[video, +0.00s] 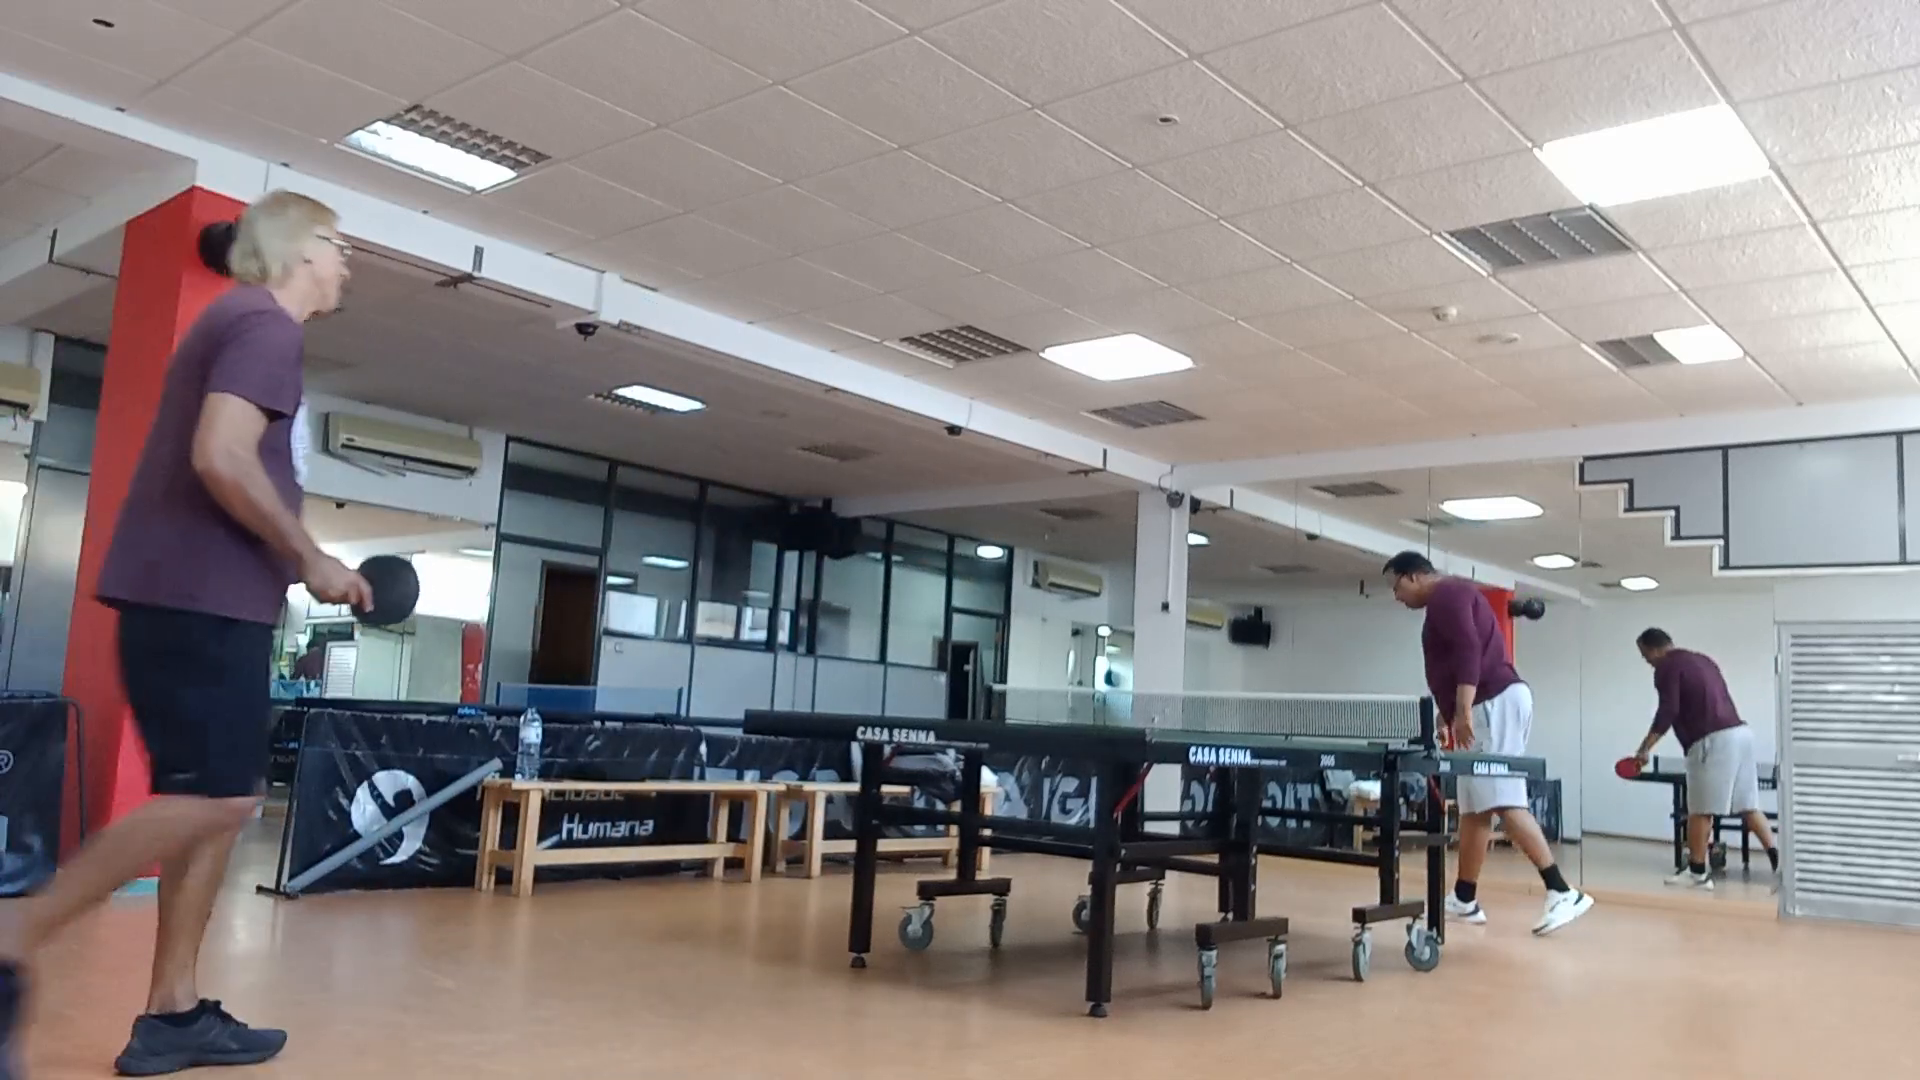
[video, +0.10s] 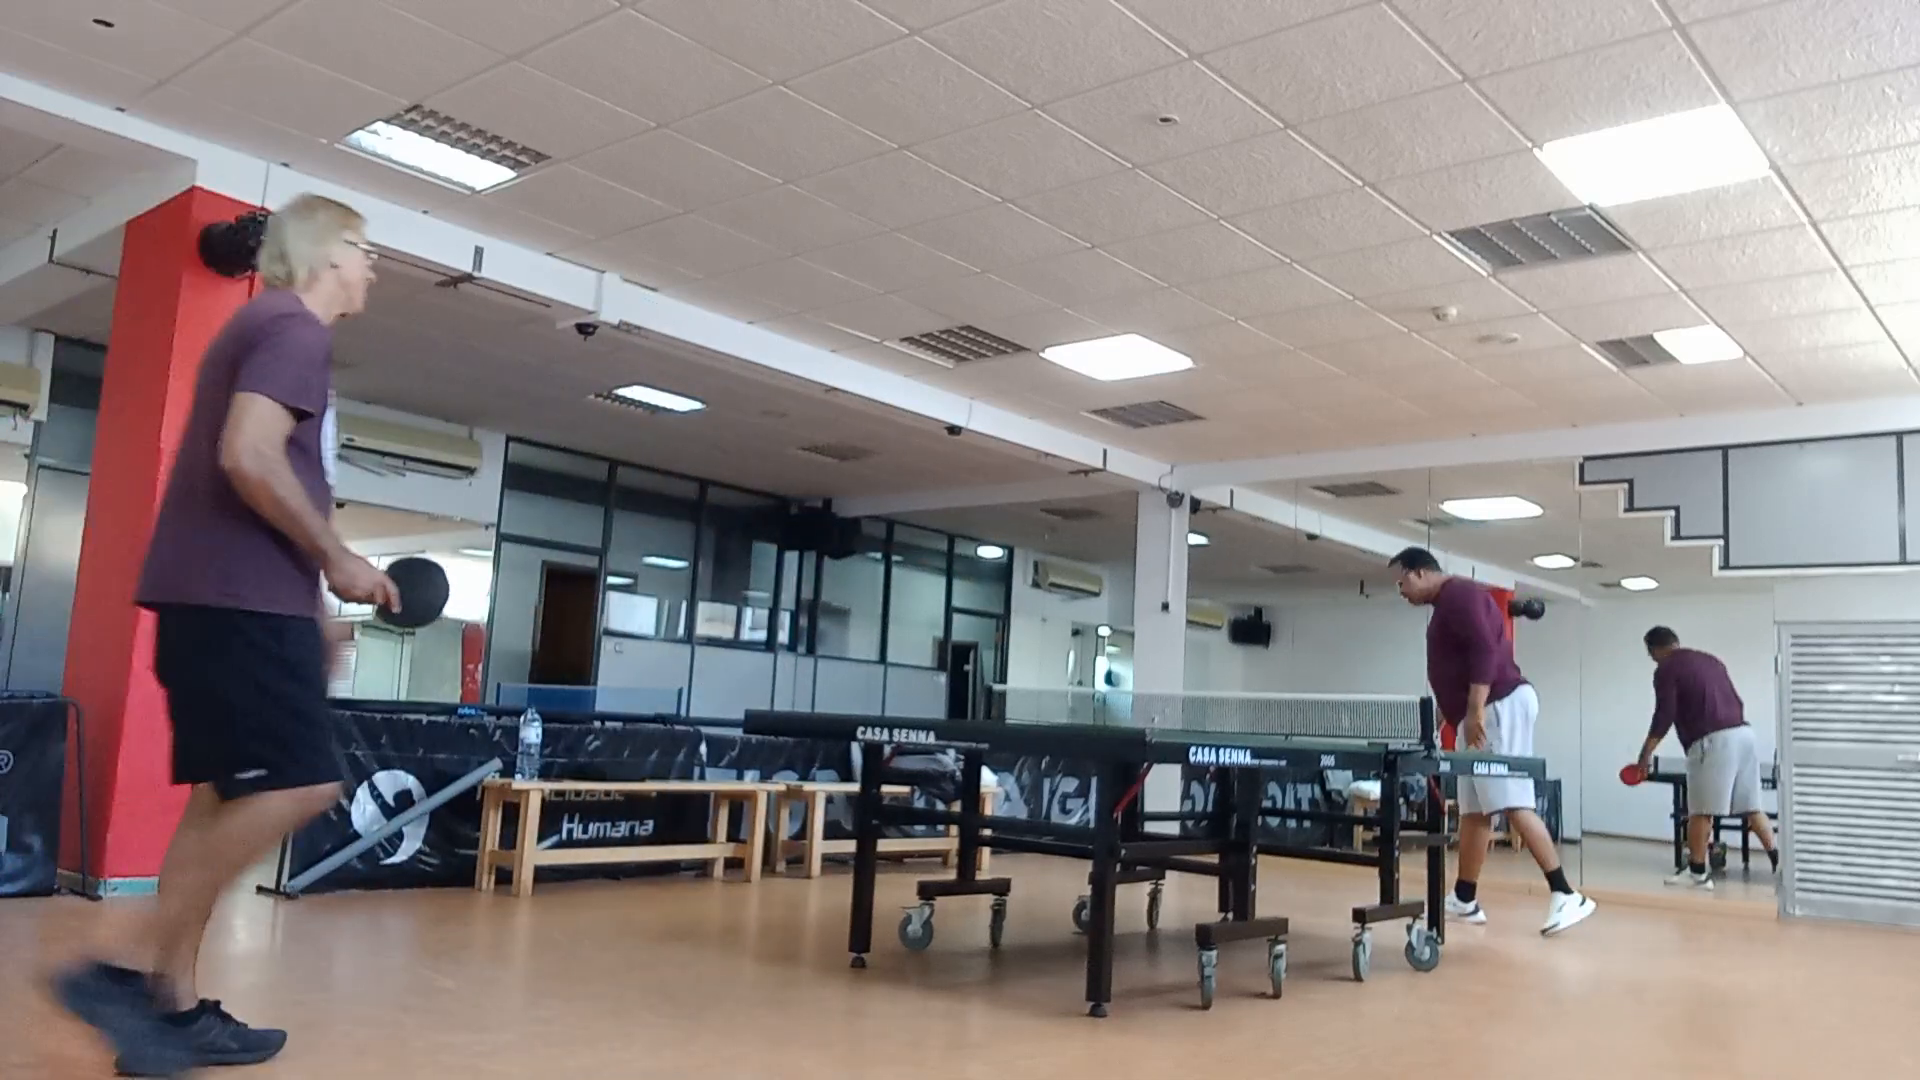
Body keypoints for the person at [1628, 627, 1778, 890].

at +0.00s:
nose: (1648, 662)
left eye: (1646, 656)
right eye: (1645, 658)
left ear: (1652, 650)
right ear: (1669, 644)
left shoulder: (1667, 666)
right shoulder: (1700, 658)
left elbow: (1669, 711)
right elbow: (1713, 701)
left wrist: (1644, 749)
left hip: (1711, 740)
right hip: (1740, 733)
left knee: (1699, 811)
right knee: (1749, 806)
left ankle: (1698, 872)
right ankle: (1776, 858)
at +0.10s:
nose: (1654, 660)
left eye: (1652, 655)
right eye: (1652, 656)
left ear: (1656, 649)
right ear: (1676, 643)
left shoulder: (1666, 669)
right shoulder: (1708, 658)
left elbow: (1665, 715)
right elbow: (1735, 702)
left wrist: (1646, 752)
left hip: (1712, 740)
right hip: (1743, 734)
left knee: (1700, 811)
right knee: (1752, 806)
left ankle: (1698, 872)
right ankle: (1777, 858)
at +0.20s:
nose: (1662, 656)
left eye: (1660, 651)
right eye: (1661, 651)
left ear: (1664, 648)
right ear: (1685, 640)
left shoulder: (1668, 673)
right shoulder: (1719, 659)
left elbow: (1663, 718)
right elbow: (1747, 700)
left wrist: (1649, 755)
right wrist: (1744, 735)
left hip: (1714, 741)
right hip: (1747, 736)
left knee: (1702, 811)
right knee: (1755, 806)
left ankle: (1698, 872)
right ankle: (1778, 861)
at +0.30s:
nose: (1672, 651)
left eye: (1671, 647)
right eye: (1673, 647)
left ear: (1672, 645)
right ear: (1696, 638)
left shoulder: (1673, 673)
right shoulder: (1730, 658)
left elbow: (1663, 719)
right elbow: (1758, 697)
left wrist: (1647, 754)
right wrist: (1753, 730)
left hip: (1718, 741)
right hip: (1753, 738)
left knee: (1706, 811)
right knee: (1757, 806)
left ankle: (1698, 872)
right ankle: (1777, 864)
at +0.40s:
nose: (1684, 649)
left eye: (1683, 645)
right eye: (1685, 645)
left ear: (1684, 643)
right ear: (1709, 638)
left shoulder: (1683, 670)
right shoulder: (1742, 659)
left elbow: (1667, 711)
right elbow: (1769, 695)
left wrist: (1648, 734)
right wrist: (1769, 728)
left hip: (1724, 742)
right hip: (1759, 740)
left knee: (1710, 812)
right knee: (1763, 811)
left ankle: (1697, 873)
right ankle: (1775, 871)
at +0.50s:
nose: (1705, 646)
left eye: (1701, 642)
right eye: (1712, 641)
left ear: (1698, 643)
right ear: (1723, 638)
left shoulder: (1693, 671)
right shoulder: (1754, 661)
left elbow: (1676, 703)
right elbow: (1780, 699)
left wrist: (1656, 708)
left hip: (1730, 743)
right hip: (1766, 742)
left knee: (1713, 813)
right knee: (1769, 814)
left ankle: (1697, 872)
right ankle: (1773, 878)